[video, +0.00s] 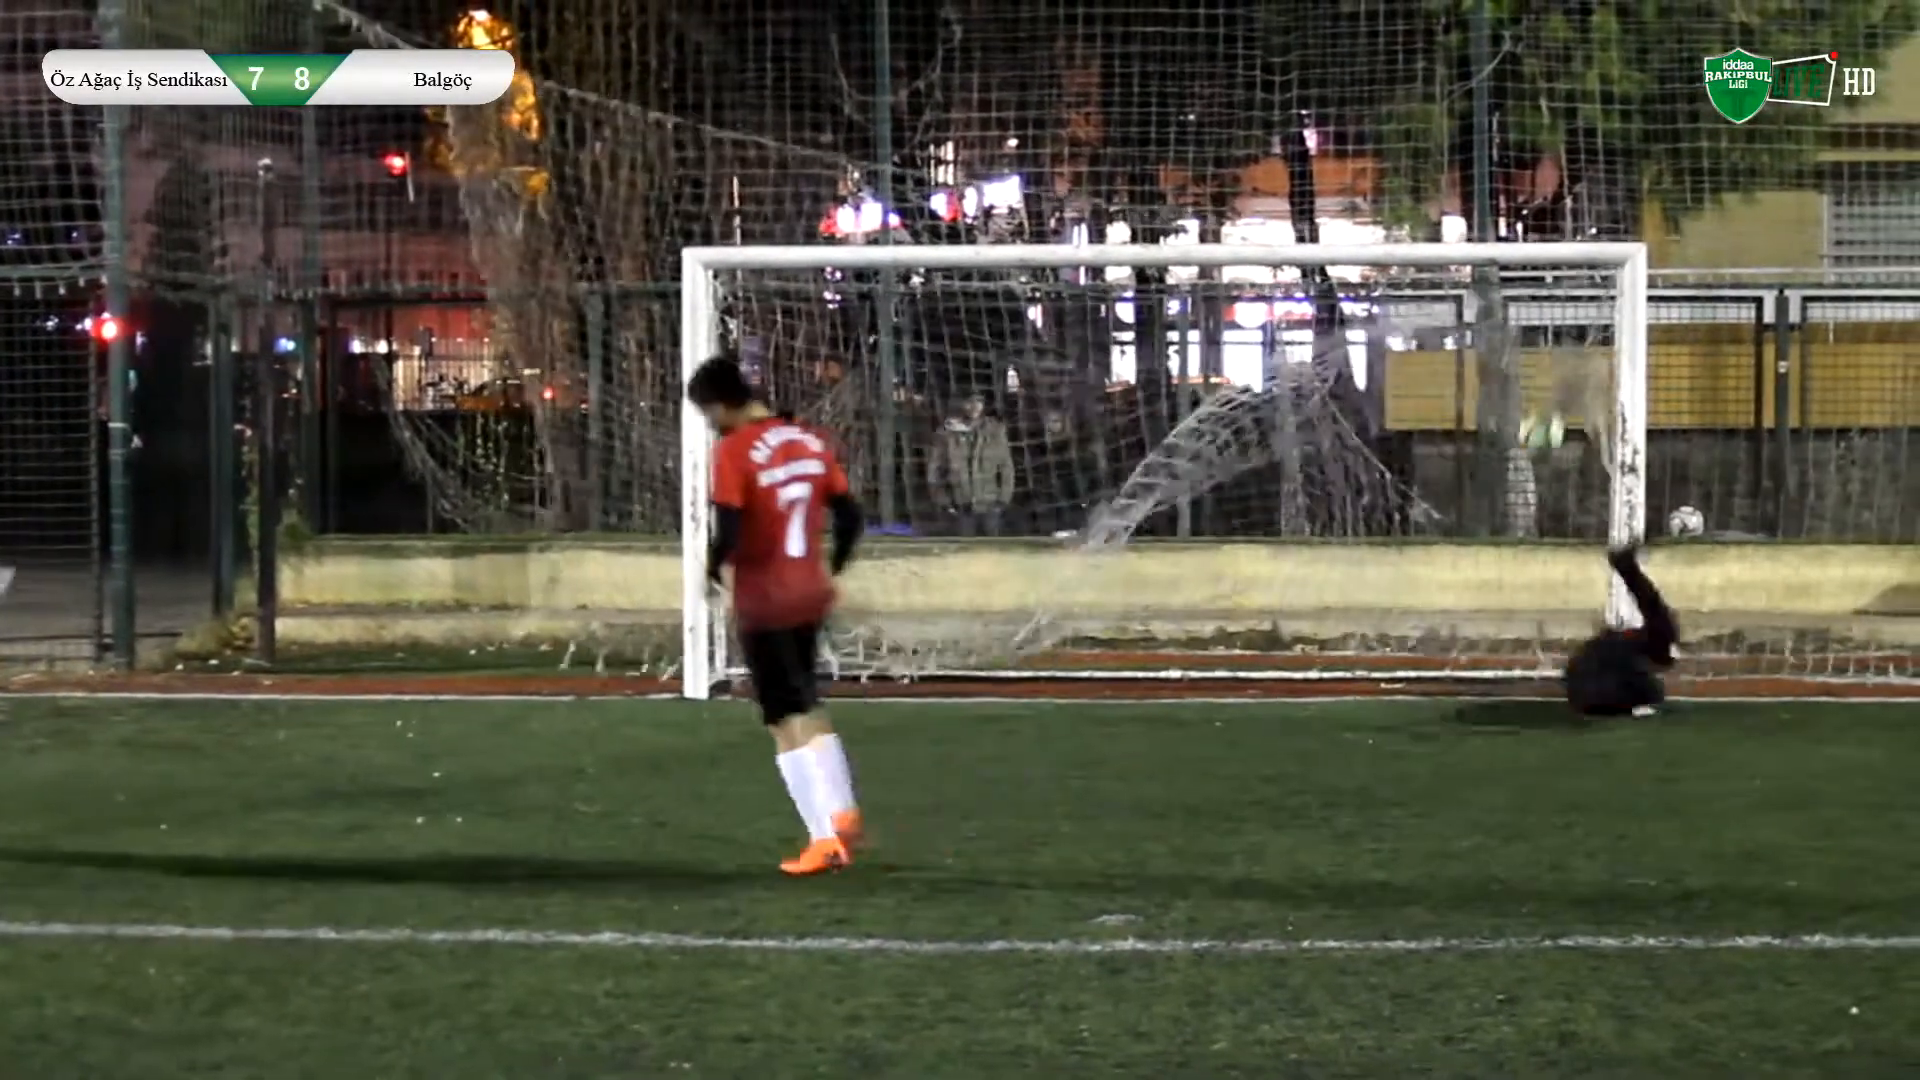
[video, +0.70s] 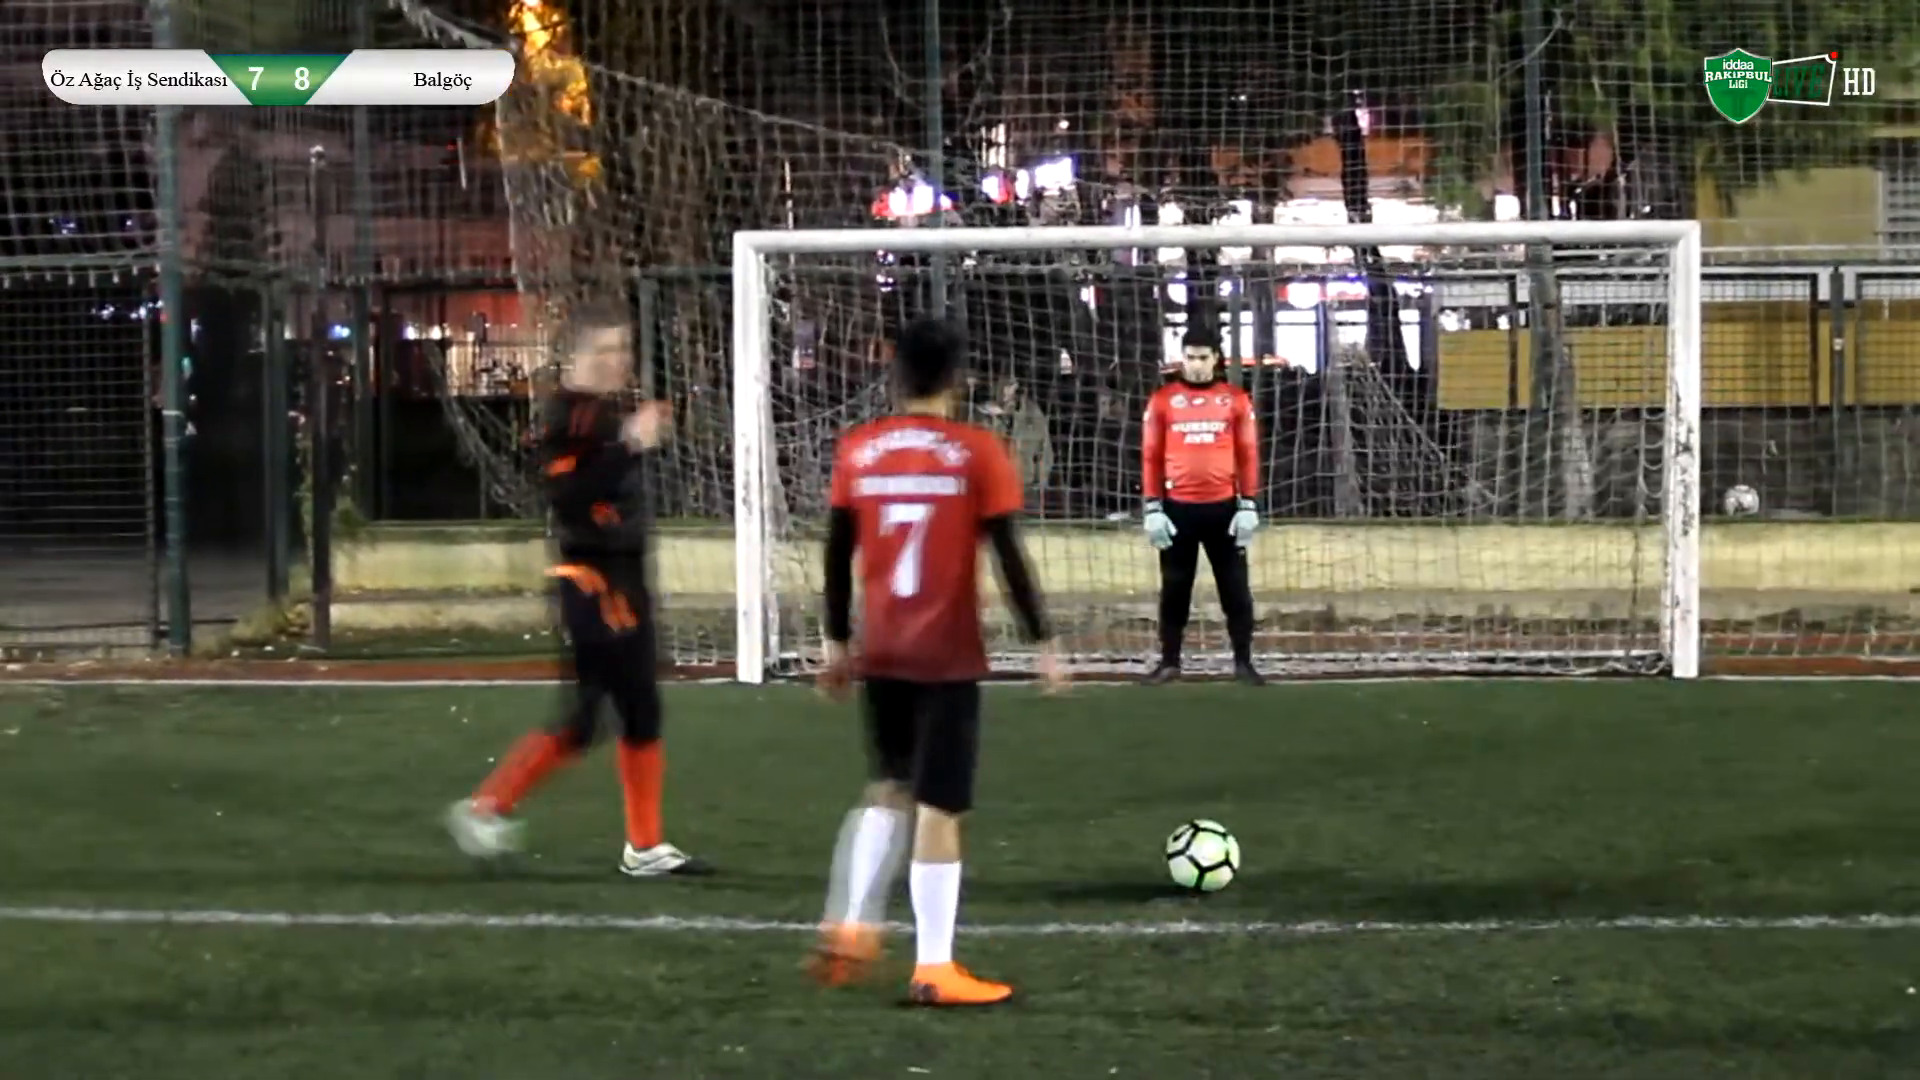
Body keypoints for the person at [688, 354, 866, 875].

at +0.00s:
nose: (709, 423)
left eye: (707, 412)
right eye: (704, 413)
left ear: (722, 404)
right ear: (749, 394)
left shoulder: (733, 450)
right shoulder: (807, 439)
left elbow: (728, 525)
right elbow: (849, 512)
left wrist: (712, 567)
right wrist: (834, 569)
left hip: (764, 603)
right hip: (811, 594)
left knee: (783, 717)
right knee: (807, 705)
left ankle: (822, 836)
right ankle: (843, 811)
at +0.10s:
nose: (674, 421)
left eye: (674, 410)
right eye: (671, 411)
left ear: (692, 403)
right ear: (714, 398)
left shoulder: (704, 447)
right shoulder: (773, 437)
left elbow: (701, 527)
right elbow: (820, 505)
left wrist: (678, 551)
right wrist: (803, 567)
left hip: (738, 594)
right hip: (781, 587)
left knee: (764, 715)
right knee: (753, 704)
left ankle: (817, 828)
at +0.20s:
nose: (618, 432)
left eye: (620, 420)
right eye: (615, 422)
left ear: (642, 412)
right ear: (659, 408)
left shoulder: (656, 456)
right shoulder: (716, 445)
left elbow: (656, 539)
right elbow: (767, 506)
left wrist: (615, 566)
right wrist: (749, 569)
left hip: (687, 609)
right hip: (721, 602)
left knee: (714, 725)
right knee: (683, 716)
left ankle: (794, 815)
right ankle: (661, 816)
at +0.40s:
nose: (665, 354)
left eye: (669, 343)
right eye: (654, 343)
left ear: (672, 351)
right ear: (628, 351)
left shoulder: (661, 411)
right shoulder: (620, 408)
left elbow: (685, 501)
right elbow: (619, 483)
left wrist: (701, 566)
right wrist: (680, 434)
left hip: (670, 571)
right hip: (638, 570)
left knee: (672, 702)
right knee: (671, 701)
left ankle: (635, 827)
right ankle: (634, 829)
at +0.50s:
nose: (657, 352)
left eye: (661, 341)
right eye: (645, 342)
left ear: (666, 349)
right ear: (620, 352)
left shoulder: (657, 412)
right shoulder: (609, 412)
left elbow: (678, 493)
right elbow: (616, 487)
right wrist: (673, 436)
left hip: (665, 570)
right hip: (629, 570)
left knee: (662, 711)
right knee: (662, 708)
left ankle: (645, 842)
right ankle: (590, 820)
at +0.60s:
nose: (635, 358)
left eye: (641, 347)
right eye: (623, 348)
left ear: (647, 355)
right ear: (595, 356)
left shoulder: (636, 416)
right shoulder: (582, 416)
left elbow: (652, 504)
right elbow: (585, 489)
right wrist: (652, 443)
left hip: (647, 575)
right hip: (607, 576)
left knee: (649, 710)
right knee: (629, 709)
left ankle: (645, 843)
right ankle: (524, 812)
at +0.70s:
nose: (619, 362)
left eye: (622, 350)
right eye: (607, 351)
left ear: (623, 360)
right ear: (578, 360)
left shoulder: (617, 417)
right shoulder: (569, 417)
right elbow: (570, 491)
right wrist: (632, 443)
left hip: (622, 575)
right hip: (588, 577)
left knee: (639, 708)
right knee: (586, 715)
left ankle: (645, 845)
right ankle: (486, 808)